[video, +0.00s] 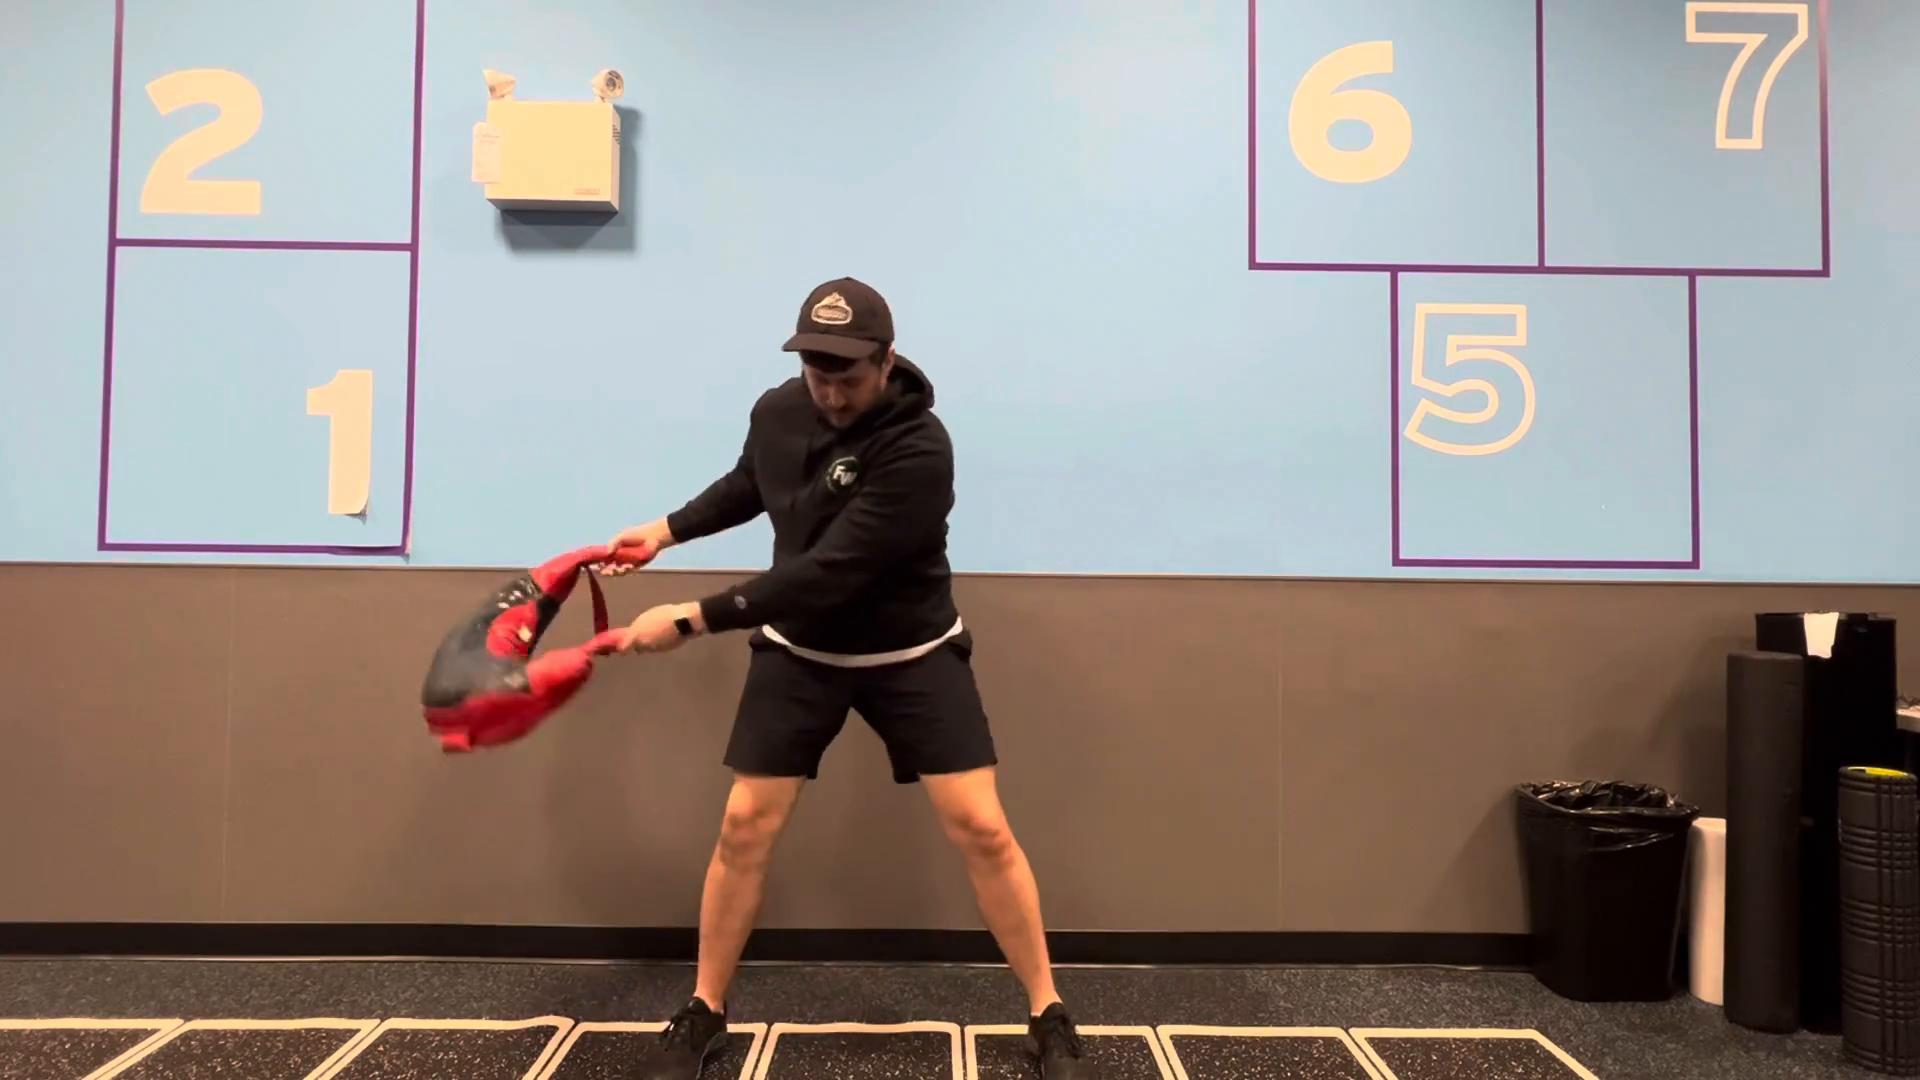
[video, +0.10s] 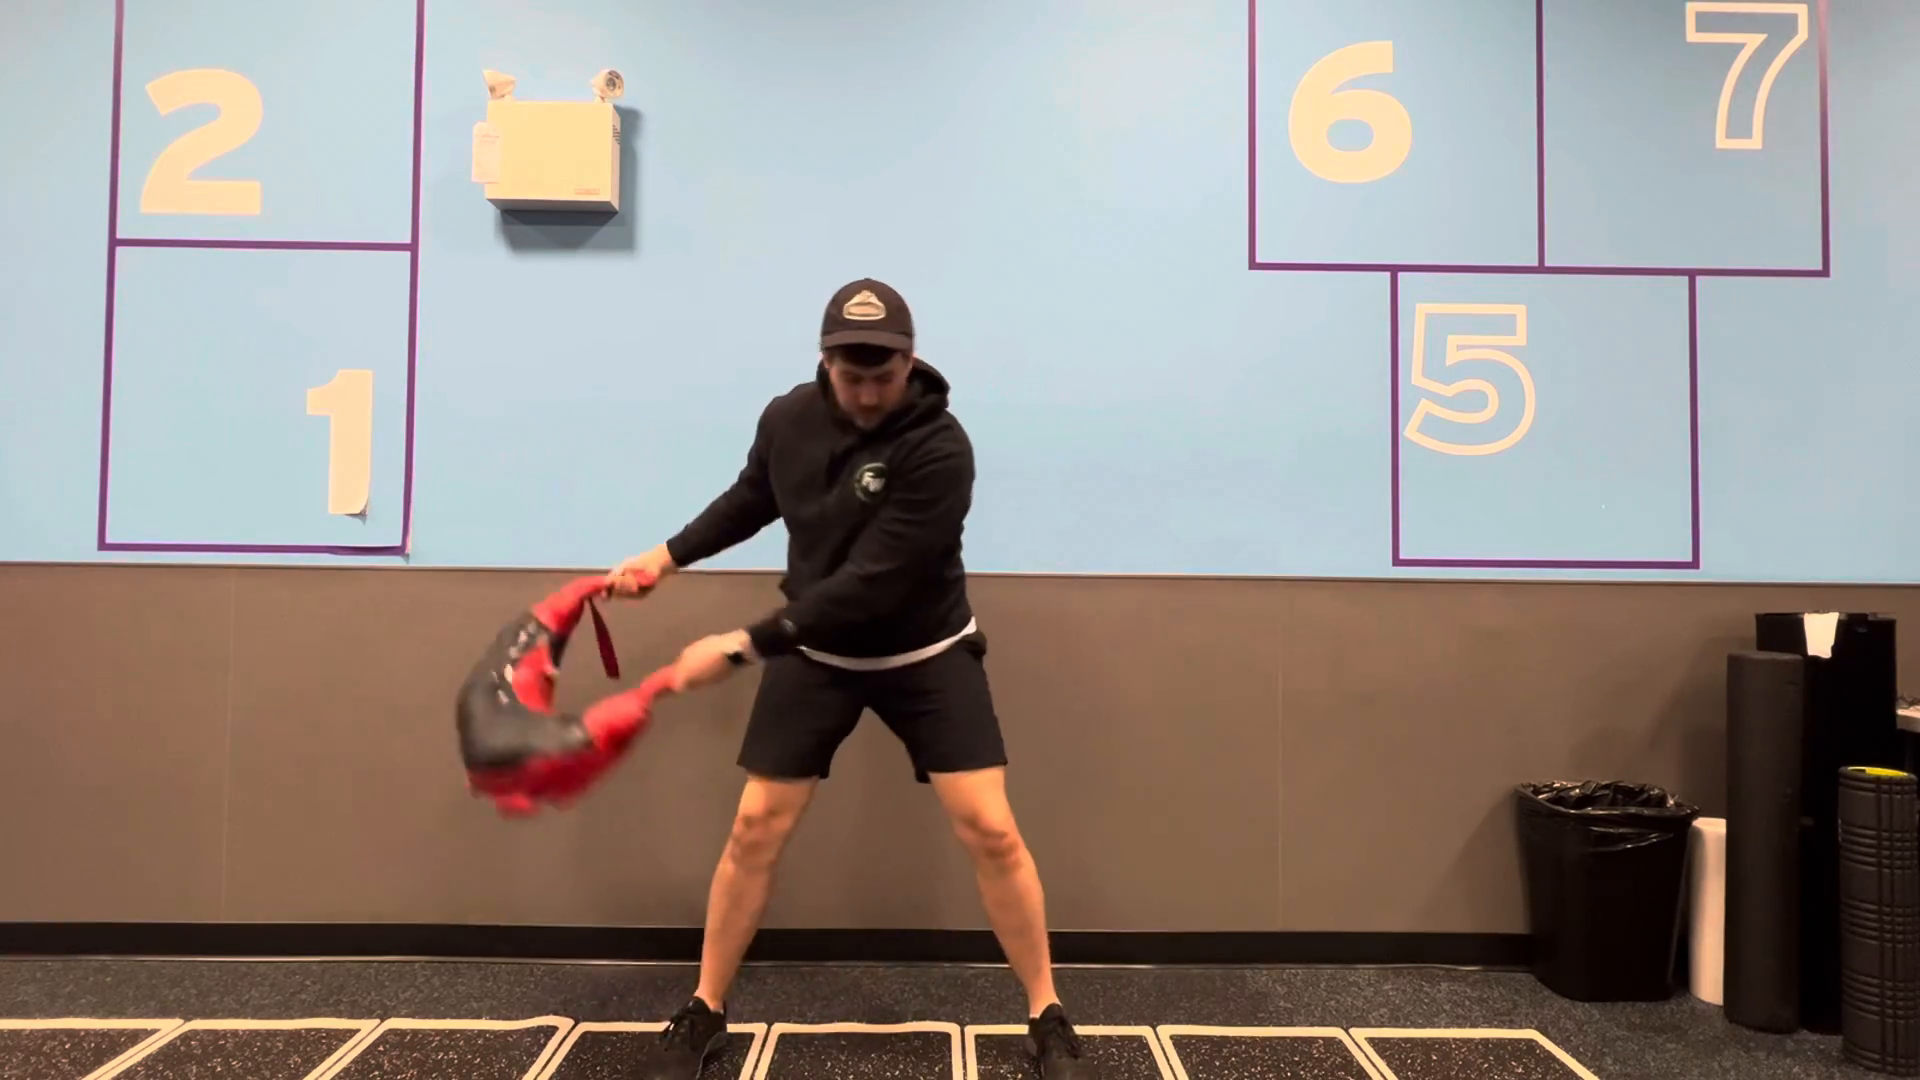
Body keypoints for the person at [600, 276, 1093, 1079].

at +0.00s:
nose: (829, 385)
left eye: (847, 369)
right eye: (816, 367)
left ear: (887, 360)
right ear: (799, 357)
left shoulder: (917, 450)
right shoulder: (779, 413)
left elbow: (824, 574)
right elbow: (750, 486)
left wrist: (687, 617)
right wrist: (665, 529)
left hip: (914, 655)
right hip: (797, 652)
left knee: (983, 828)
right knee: (743, 824)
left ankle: (1049, 1014)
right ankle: (704, 1011)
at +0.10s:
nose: (866, 384)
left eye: (882, 368)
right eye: (850, 367)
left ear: (909, 360)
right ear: (825, 359)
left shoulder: (938, 450)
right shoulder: (789, 420)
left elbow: (870, 582)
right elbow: (754, 498)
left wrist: (743, 643)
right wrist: (666, 557)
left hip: (929, 657)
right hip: (814, 655)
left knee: (992, 830)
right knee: (755, 824)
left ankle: (1048, 1016)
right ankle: (705, 1010)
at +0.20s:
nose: (906, 387)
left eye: (919, 369)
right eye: (888, 372)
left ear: (937, 363)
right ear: (853, 367)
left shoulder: (961, 458)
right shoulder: (803, 432)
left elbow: (912, 596)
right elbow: (755, 516)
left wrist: (809, 682)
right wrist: (666, 589)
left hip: (944, 655)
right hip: (830, 655)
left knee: (998, 827)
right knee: (763, 826)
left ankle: (1048, 1018)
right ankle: (707, 1009)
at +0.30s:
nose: (937, 390)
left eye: (945, 373)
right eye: (919, 375)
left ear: (956, 373)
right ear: (874, 379)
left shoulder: (975, 465)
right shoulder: (812, 445)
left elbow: (956, 609)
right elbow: (744, 551)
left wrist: (888, 725)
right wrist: (675, 650)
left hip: (949, 657)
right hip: (834, 658)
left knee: (1003, 824)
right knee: (762, 826)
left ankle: (1047, 1016)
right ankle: (704, 1008)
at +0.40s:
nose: (945, 378)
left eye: (946, 362)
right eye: (927, 365)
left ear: (945, 366)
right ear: (875, 372)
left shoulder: (965, 458)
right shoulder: (800, 454)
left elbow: (976, 594)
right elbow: (754, 592)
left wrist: (972, 717)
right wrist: (740, 726)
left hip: (928, 667)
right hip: (813, 667)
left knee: (995, 827)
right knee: (755, 832)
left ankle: (1045, 1011)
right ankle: (709, 1005)